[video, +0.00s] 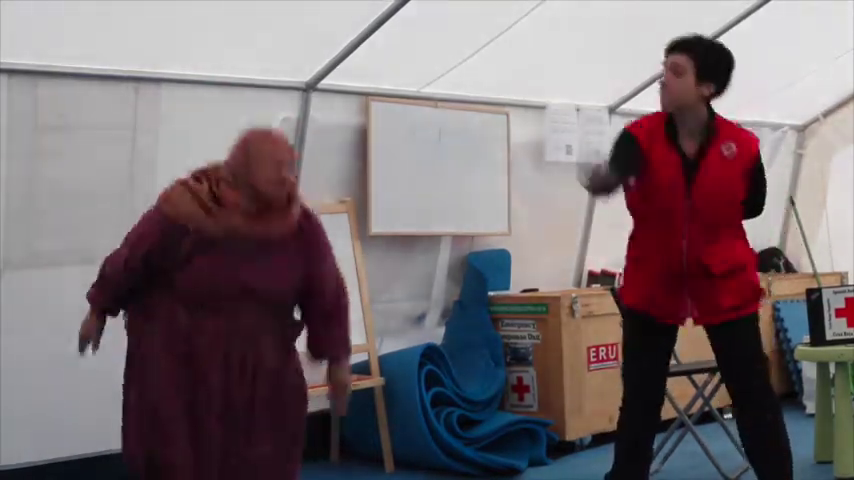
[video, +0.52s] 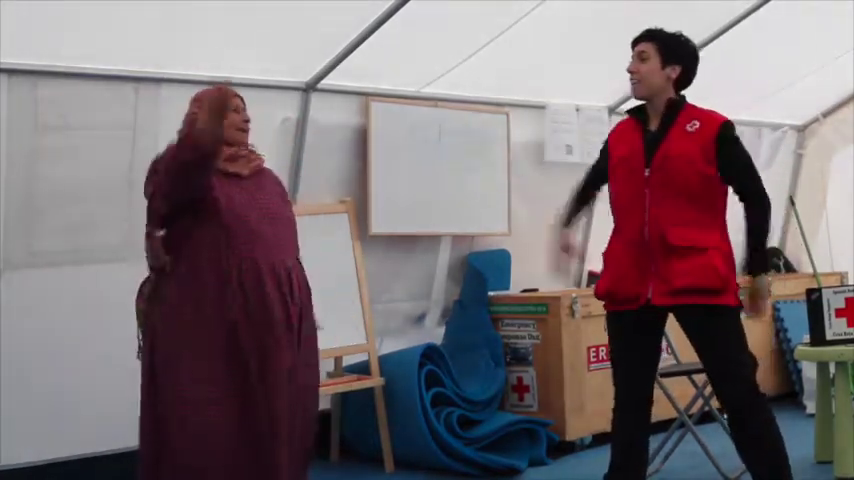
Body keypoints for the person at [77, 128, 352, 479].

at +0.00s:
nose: (287, 177)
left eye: (291, 167)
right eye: (277, 166)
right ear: (246, 165)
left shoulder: (299, 225)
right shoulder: (186, 206)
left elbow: (329, 294)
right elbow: (130, 260)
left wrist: (338, 361)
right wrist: (98, 310)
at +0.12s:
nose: (268, 133)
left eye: (272, 126)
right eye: (258, 125)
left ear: (277, 134)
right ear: (226, 132)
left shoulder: (292, 196)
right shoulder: (179, 190)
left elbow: (325, 261)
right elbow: (137, 259)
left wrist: (348, 323)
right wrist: (108, 322)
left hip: (269, 358)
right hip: (186, 358)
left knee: (266, 457)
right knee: (187, 456)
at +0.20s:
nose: (259, 121)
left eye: (261, 114)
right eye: (247, 113)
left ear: (266, 123)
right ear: (216, 121)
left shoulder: (286, 186)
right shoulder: (178, 184)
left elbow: (321, 248)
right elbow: (141, 252)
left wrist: (348, 302)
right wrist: (125, 309)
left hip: (275, 349)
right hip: (193, 350)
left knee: (270, 453)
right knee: (193, 453)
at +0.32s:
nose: (247, 118)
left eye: (249, 112)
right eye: (235, 111)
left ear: (253, 122)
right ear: (206, 119)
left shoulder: (276, 179)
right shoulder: (178, 179)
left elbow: (311, 241)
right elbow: (150, 226)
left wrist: (338, 296)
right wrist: (155, 258)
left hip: (280, 330)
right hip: (201, 333)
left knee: (278, 437)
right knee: (199, 440)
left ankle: (274, 473)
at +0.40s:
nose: (243, 118)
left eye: (245, 112)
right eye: (231, 111)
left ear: (249, 122)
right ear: (201, 119)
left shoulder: (271, 177)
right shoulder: (178, 175)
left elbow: (303, 240)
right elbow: (159, 232)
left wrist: (327, 298)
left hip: (280, 332)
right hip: (202, 337)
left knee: (282, 441)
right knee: (205, 446)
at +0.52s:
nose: (244, 117)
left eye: (244, 110)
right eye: (232, 110)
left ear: (248, 121)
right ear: (201, 120)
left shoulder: (266, 179)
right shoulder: (173, 172)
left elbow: (283, 252)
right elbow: (185, 168)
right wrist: (199, 131)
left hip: (275, 335)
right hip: (202, 335)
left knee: (277, 450)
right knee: (203, 450)